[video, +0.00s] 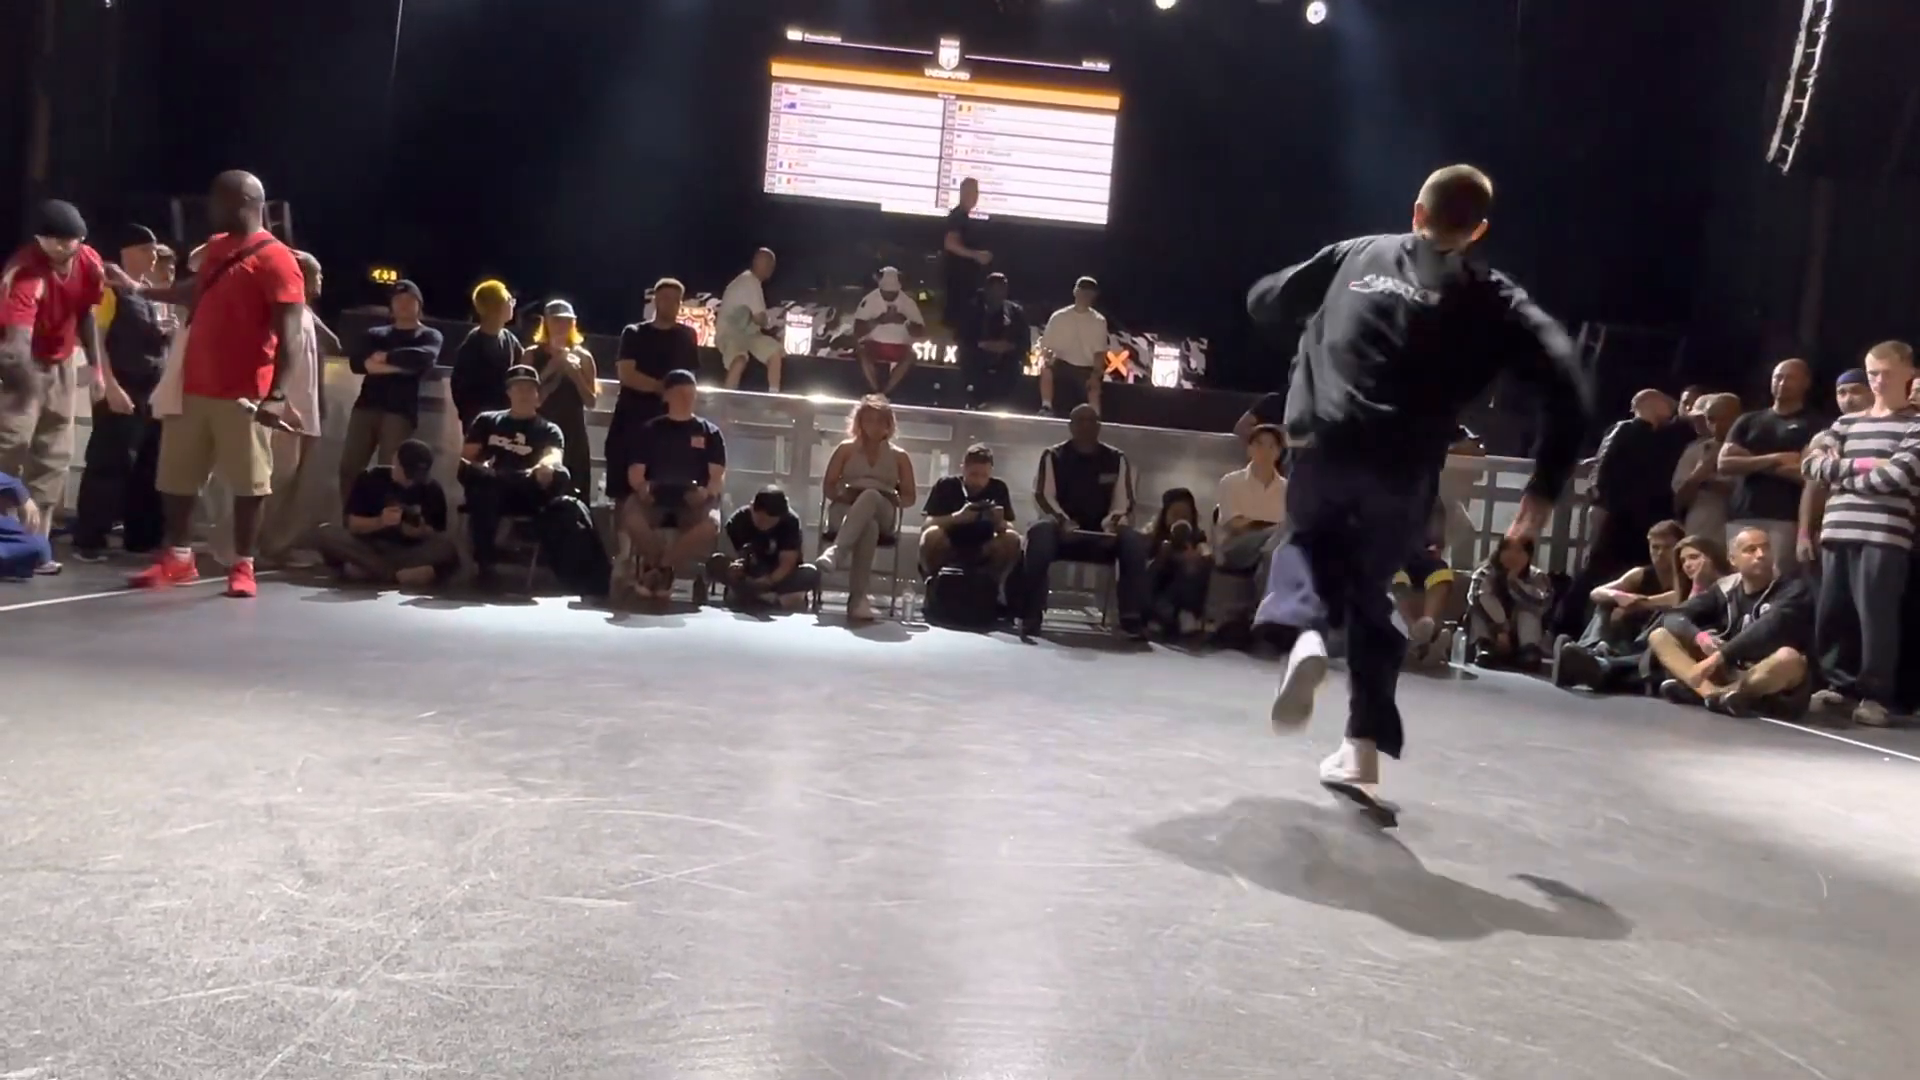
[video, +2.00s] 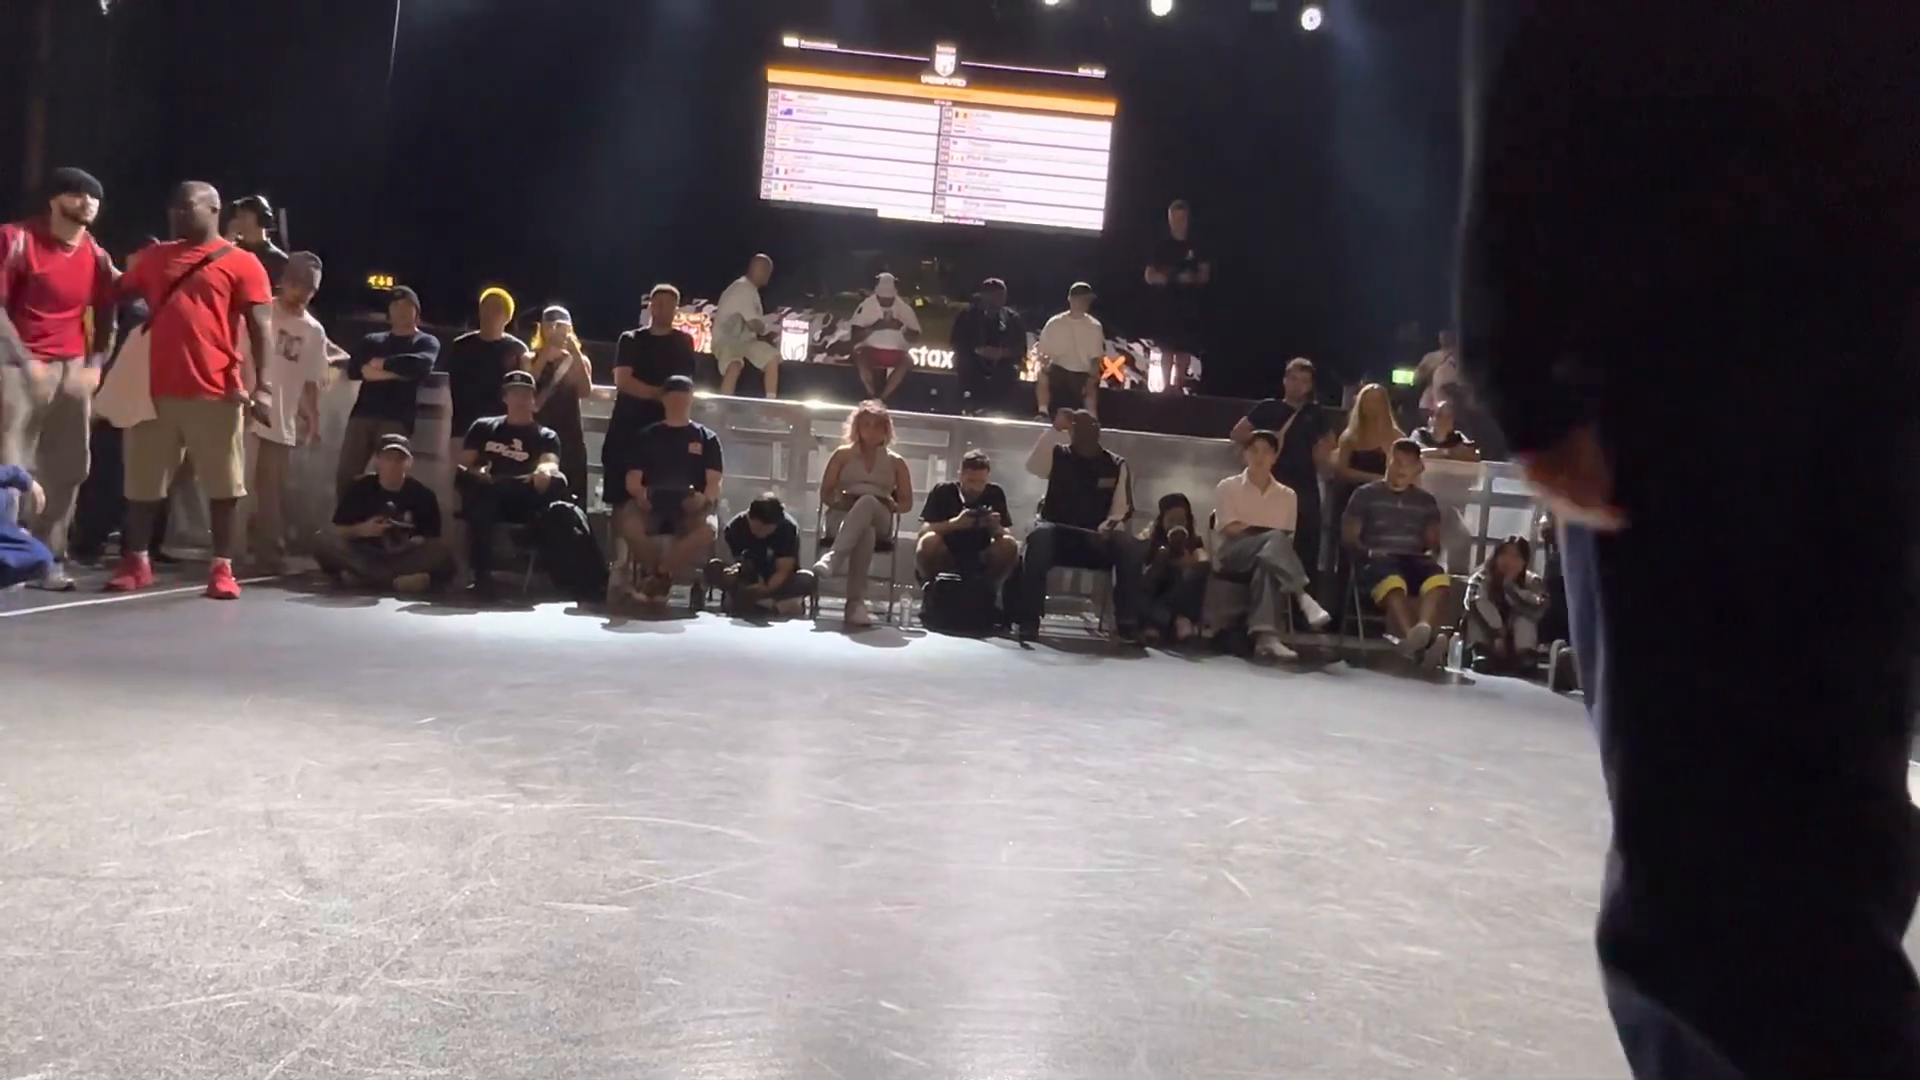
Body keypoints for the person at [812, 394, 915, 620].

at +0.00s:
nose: (877, 426)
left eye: (882, 421)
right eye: (871, 420)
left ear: (889, 425)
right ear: (860, 423)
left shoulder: (899, 457)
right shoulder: (846, 449)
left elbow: (909, 498)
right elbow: (829, 488)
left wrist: (885, 495)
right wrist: (851, 497)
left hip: (884, 517)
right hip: (844, 513)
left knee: (870, 496)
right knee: (869, 525)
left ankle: (835, 551)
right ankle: (858, 599)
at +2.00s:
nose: (871, 431)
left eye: (878, 426)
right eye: (866, 425)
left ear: (886, 430)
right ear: (856, 428)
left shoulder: (895, 463)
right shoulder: (842, 455)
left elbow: (906, 503)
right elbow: (826, 494)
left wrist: (888, 505)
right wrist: (846, 502)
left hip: (881, 522)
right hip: (841, 518)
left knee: (867, 501)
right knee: (866, 531)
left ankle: (832, 557)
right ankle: (855, 605)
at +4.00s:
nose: (854, 452)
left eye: (860, 447)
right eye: (849, 446)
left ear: (868, 451)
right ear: (839, 449)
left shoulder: (879, 483)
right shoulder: (825, 477)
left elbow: (891, 522)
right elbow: (811, 517)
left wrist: (872, 525)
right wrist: (832, 526)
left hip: (867, 543)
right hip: (827, 540)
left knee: (852, 523)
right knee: (852, 553)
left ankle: (820, 579)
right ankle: (844, 626)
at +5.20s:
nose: (868, 449)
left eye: (872, 444)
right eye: (862, 444)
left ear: (878, 449)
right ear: (851, 447)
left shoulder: (886, 478)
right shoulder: (838, 475)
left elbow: (900, 518)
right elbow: (823, 516)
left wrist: (878, 519)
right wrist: (846, 522)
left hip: (879, 540)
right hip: (839, 537)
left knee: (864, 521)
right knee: (864, 551)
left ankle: (832, 578)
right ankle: (856, 623)